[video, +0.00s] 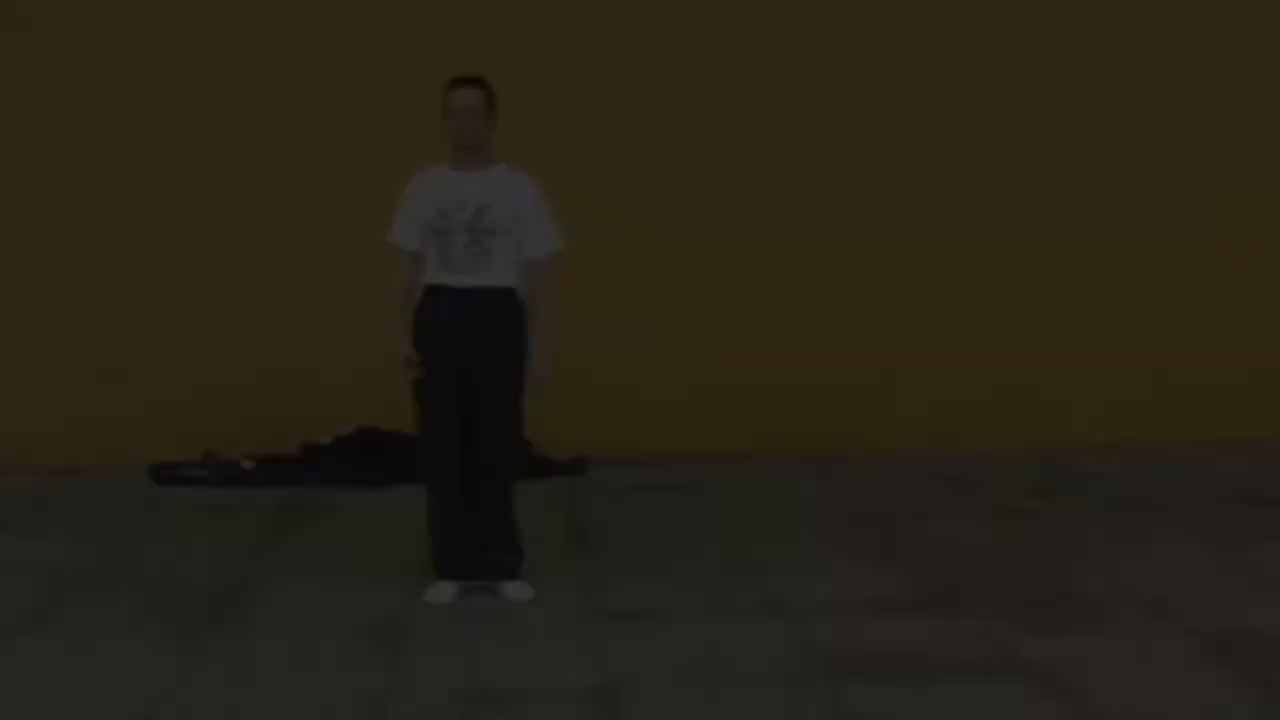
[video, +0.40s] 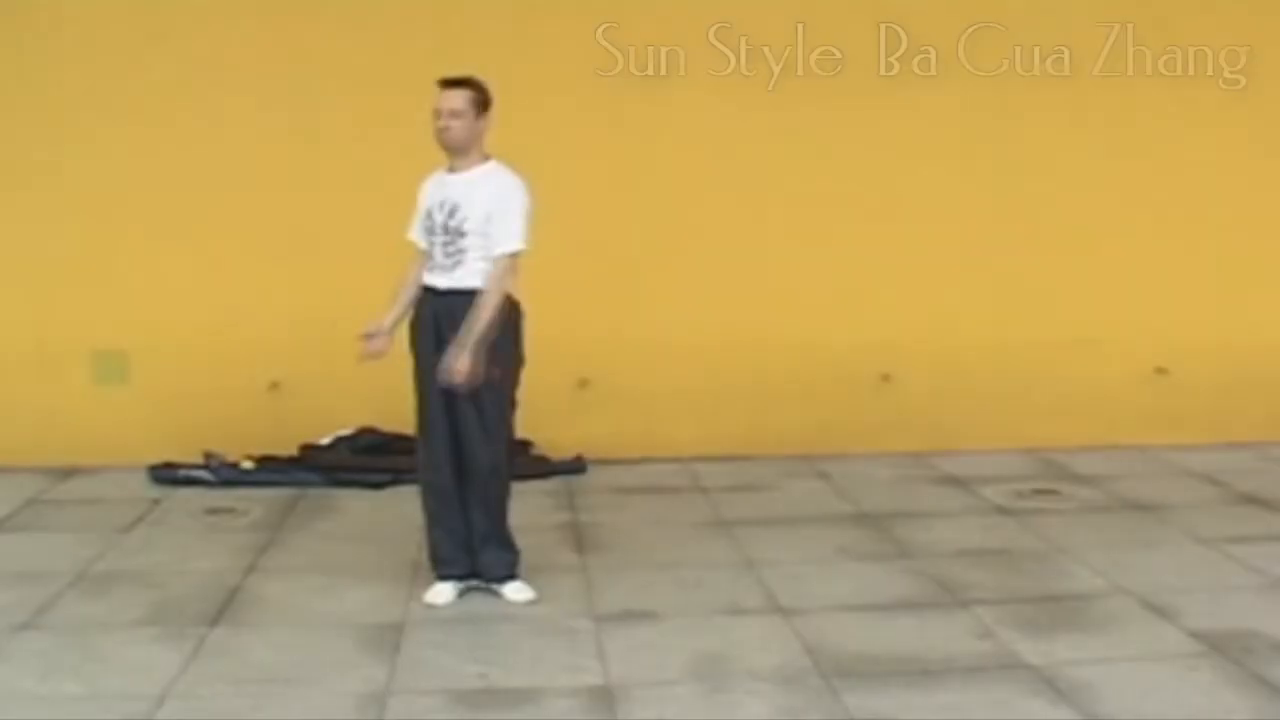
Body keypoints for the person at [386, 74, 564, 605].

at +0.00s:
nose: (465, 125)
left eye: (474, 114)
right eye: (455, 115)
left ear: (492, 120)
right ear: (444, 121)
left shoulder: (517, 187)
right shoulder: (426, 186)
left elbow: (538, 271)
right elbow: (409, 268)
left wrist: (537, 349)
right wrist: (406, 342)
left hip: (498, 312)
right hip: (441, 312)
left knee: (498, 440)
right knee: (445, 441)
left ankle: (503, 565)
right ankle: (450, 567)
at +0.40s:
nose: (444, 125)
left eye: (456, 116)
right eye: (439, 116)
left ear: (483, 121)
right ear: (434, 122)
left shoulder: (505, 186)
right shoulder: (433, 186)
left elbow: (503, 273)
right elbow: (422, 263)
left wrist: (468, 344)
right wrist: (389, 322)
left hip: (487, 310)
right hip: (436, 307)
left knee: (485, 444)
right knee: (437, 444)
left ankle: (497, 564)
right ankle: (451, 567)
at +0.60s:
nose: (446, 126)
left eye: (457, 116)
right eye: (441, 117)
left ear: (484, 121)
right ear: (435, 123)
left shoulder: (506, 181)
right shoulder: (433, 186)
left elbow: (482, 256)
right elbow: (419, 262)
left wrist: (427, 280)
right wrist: (367, 308)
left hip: (489, 312)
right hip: (436, 315)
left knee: (489, 445)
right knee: (440, 446)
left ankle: (497, 567)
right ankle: (452, 569)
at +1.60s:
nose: (511, 130)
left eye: (512, 121)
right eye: (502, 120)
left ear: (499, 126)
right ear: (467, 122)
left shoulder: (506, 181)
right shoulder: (436, 181)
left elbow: (571, 178)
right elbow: (479, 246)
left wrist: (596, 127)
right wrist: (562, 230)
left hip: (499, 312)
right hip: (448, 313)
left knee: (503, 442)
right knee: (454, 444)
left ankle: (502, 568)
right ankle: (454, 569)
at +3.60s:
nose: (462, 162)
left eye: (467, 152)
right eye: (453, 151)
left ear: (470, 155)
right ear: (420, 152)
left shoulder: (480, 206)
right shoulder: (386, 207)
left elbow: (552, 193)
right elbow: (377, 279)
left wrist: (566, 134)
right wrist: (461, 299)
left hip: (461, 342)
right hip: (402, 340)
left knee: (449, 483)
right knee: (401, 478)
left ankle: (431, 621)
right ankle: (452, 559)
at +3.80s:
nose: (473, 175)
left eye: (475, 164)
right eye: (463, 165)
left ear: (468, 166)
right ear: (424, 165)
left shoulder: (481, 220)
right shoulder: (385, 223)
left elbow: (560, 207)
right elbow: (386, 304)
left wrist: (629, 167)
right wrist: (471, 341)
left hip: (459, 370)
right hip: (397, 366)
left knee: (447, 506)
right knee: (395, 501)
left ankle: (418, 644)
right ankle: (446, 559)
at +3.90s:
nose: (482, 176)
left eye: (483, 166)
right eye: (471, 166)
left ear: (466, 168)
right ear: (431, 166)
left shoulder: (484, 222)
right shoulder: (385, 225)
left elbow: (564, 212)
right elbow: (387, 309)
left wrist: (641, 179)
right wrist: (472, 350)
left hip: (463, 375)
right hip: (397, 370)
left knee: (453, 511)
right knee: (396, 503)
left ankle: (416, 648)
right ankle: (441, 565)